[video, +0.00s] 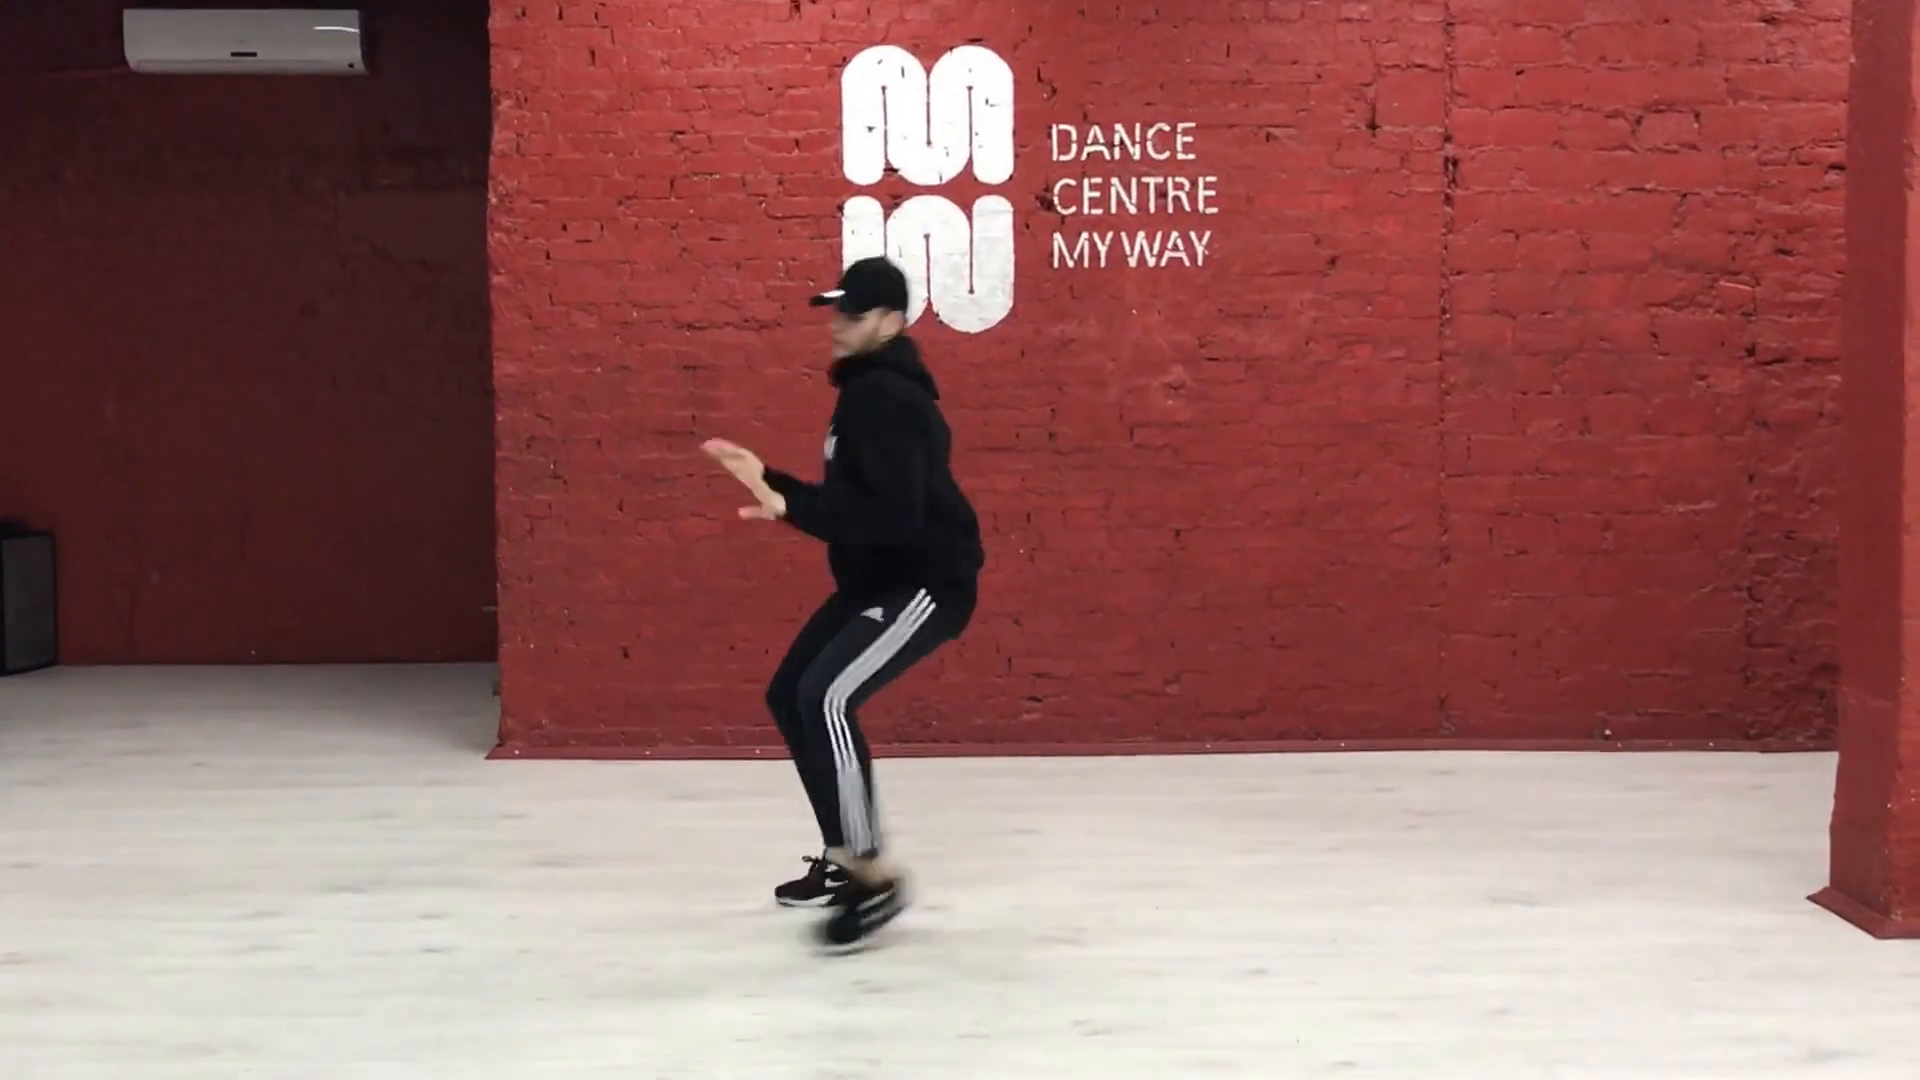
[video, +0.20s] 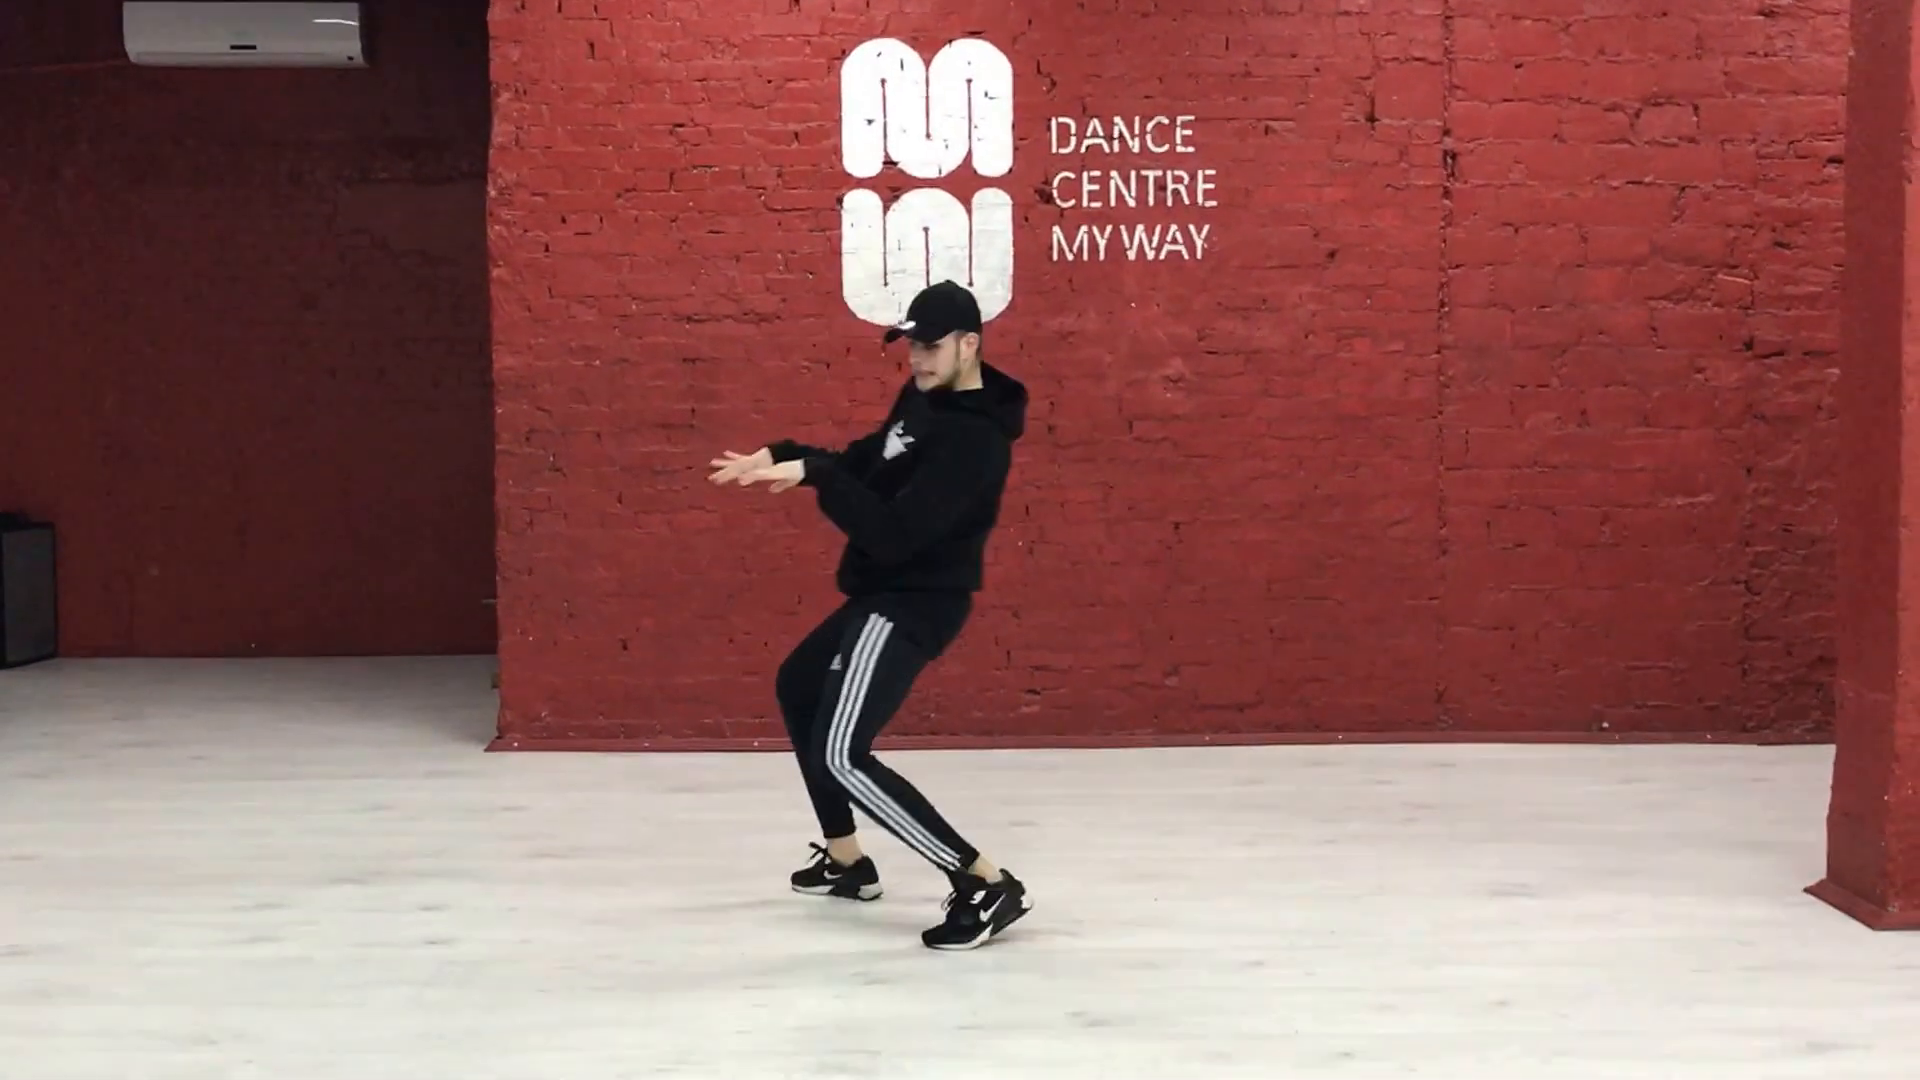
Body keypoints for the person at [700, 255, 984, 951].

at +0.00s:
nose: (836, 323)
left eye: (850, 313)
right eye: (837, 312)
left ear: (888, 320)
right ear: (862, 319)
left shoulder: (892, 395)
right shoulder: (863, 389)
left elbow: (890, 520)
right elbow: (848, 504)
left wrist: (791, 503)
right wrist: (774, 485)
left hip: (924, 590)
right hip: (878, 583)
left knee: (824, 697)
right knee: (790, 696)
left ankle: (870, 874)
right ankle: (846, 857)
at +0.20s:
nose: (917, 358)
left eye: (930, 345)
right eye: (912, 344)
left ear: (970, 343)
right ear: (911, 344)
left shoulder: (975, 434)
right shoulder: (926, 401)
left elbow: (892, 531)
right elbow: (864, 464)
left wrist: (817, 478)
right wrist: (789, 459)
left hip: (915, 605)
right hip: (882, 596)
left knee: (840, 753)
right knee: (799, 684)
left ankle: (982, 883)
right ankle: (844, 857)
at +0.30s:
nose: (927, 335)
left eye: (942, 322)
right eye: (922, 322)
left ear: (980, 325)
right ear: (917, 324)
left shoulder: (990, 414)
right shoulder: (926, 379)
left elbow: (919, 503)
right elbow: (878, 455)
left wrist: (848, 452)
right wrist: (804, 435)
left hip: (954, 599)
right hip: (912, 591)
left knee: (874, 747)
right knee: (826, 675)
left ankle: (996, 890)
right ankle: (853, 851)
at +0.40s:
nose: (942, 309)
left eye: (958, 298)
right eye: (935, 296)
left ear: (989, 306)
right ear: (923, 300)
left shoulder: (1000, 369)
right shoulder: (920, 362)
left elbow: (978, 453)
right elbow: (898, 423)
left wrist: (885, 438)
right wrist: (848, 422)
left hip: (1007, 579)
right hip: (948, 576)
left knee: (913, 711)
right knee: (859, 688)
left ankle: (994, 881)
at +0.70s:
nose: (1003, 284)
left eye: (1017, 271)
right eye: (990, 271)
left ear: (1036, 280)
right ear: (971, 278)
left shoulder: (1072, 355)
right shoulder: (941, 364)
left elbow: (1162, 426)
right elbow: (881, 441)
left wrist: (1101, 380)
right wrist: (845, 434)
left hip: (1054, 563)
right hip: (972, 571)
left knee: (1037, 679)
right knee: (935, 725)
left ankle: (1061, 837)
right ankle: (1047, 830)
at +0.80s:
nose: (1015, 277)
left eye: (1027, 266)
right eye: (1002, 266)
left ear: (1047, 276)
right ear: (982, 276)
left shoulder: (1087, 348)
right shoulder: (945, 358)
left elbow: (1198, 371)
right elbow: (851, 397)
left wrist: (1126, 312)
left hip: (1062, 562)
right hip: (974, 563)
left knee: (1071, 707)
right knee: (906, 714)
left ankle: (1096, 885)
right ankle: (1000, 827)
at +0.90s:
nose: (1028, 302)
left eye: (1039, 289)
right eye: (1015, 290)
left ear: (1060, 294)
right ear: (995, 296)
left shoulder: (1094, 350)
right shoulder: (962, 353)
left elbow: (1166, 317)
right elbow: (883, 346)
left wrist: (1135, 276)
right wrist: (896, 298)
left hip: (1065, 578)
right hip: (975, 577)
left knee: (1075, 727)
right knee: (934, 738)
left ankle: (1095, 889)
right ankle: (996, 825)